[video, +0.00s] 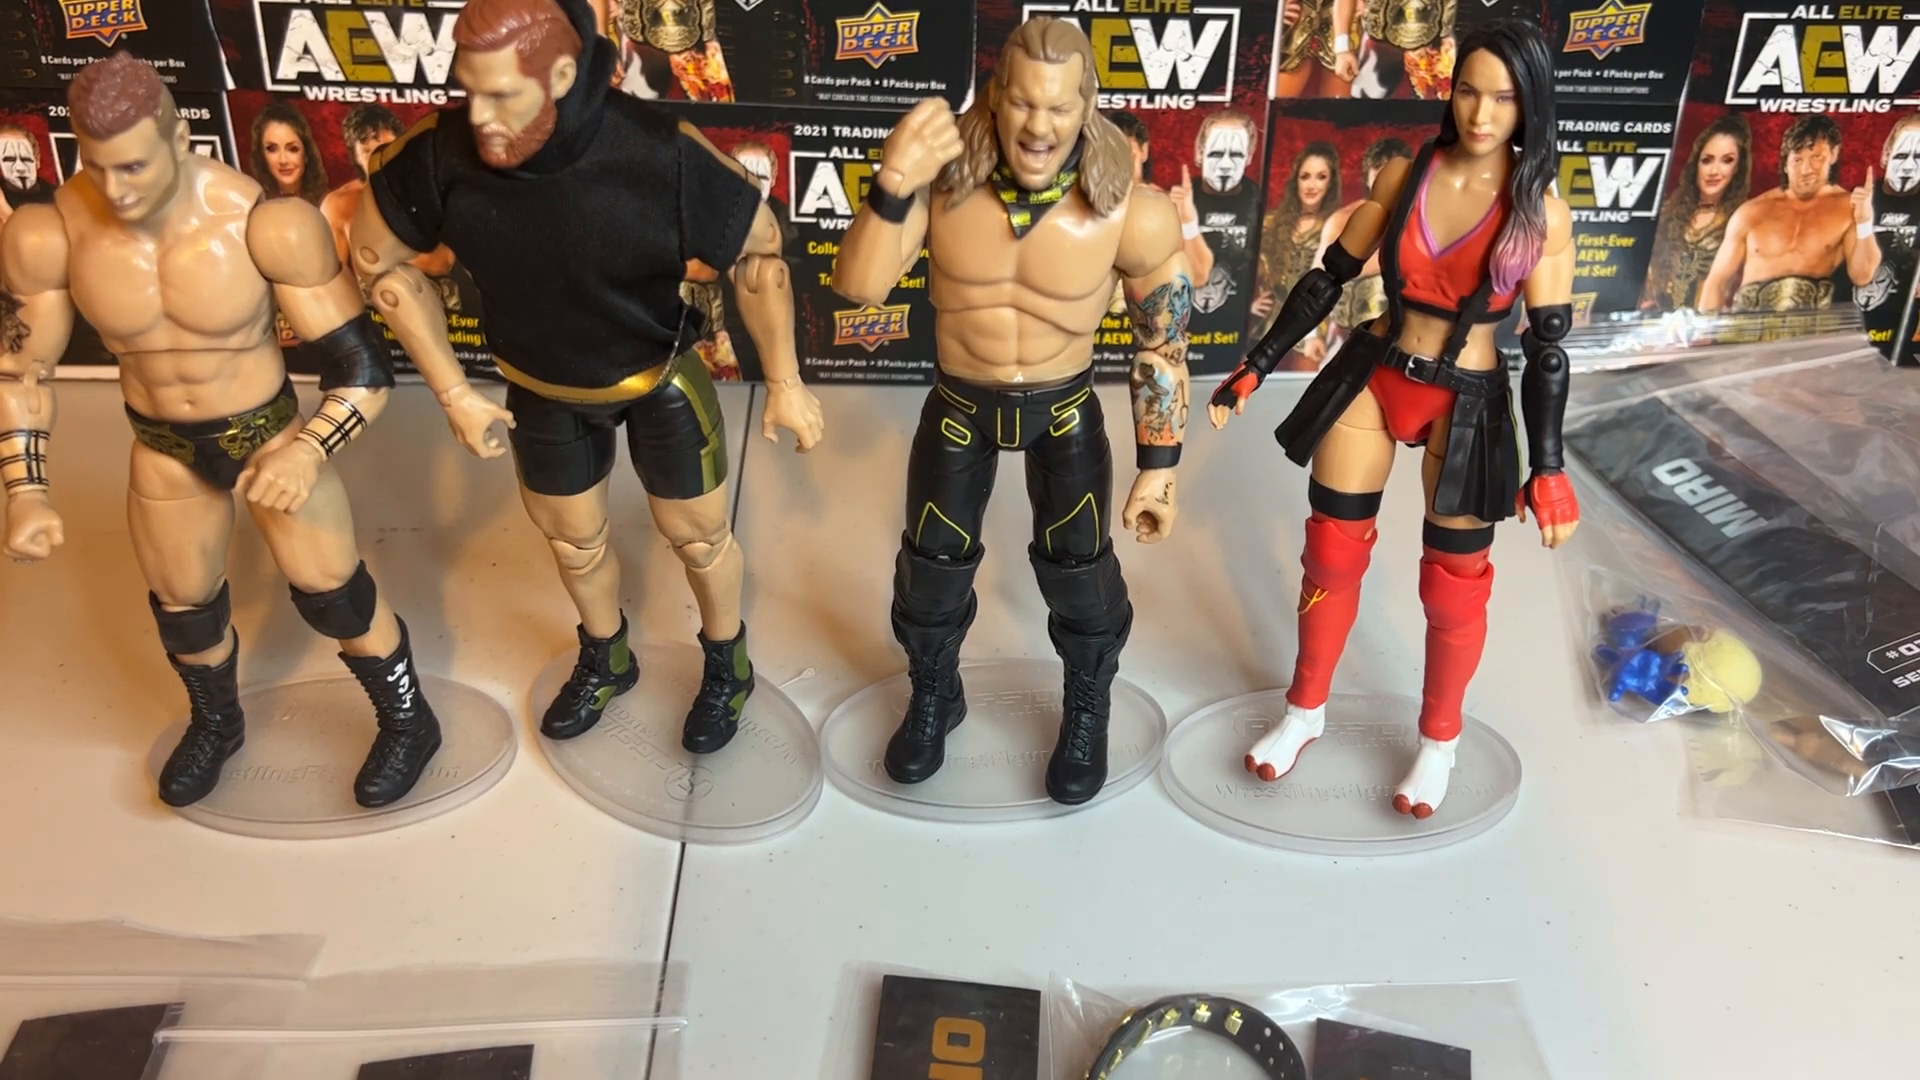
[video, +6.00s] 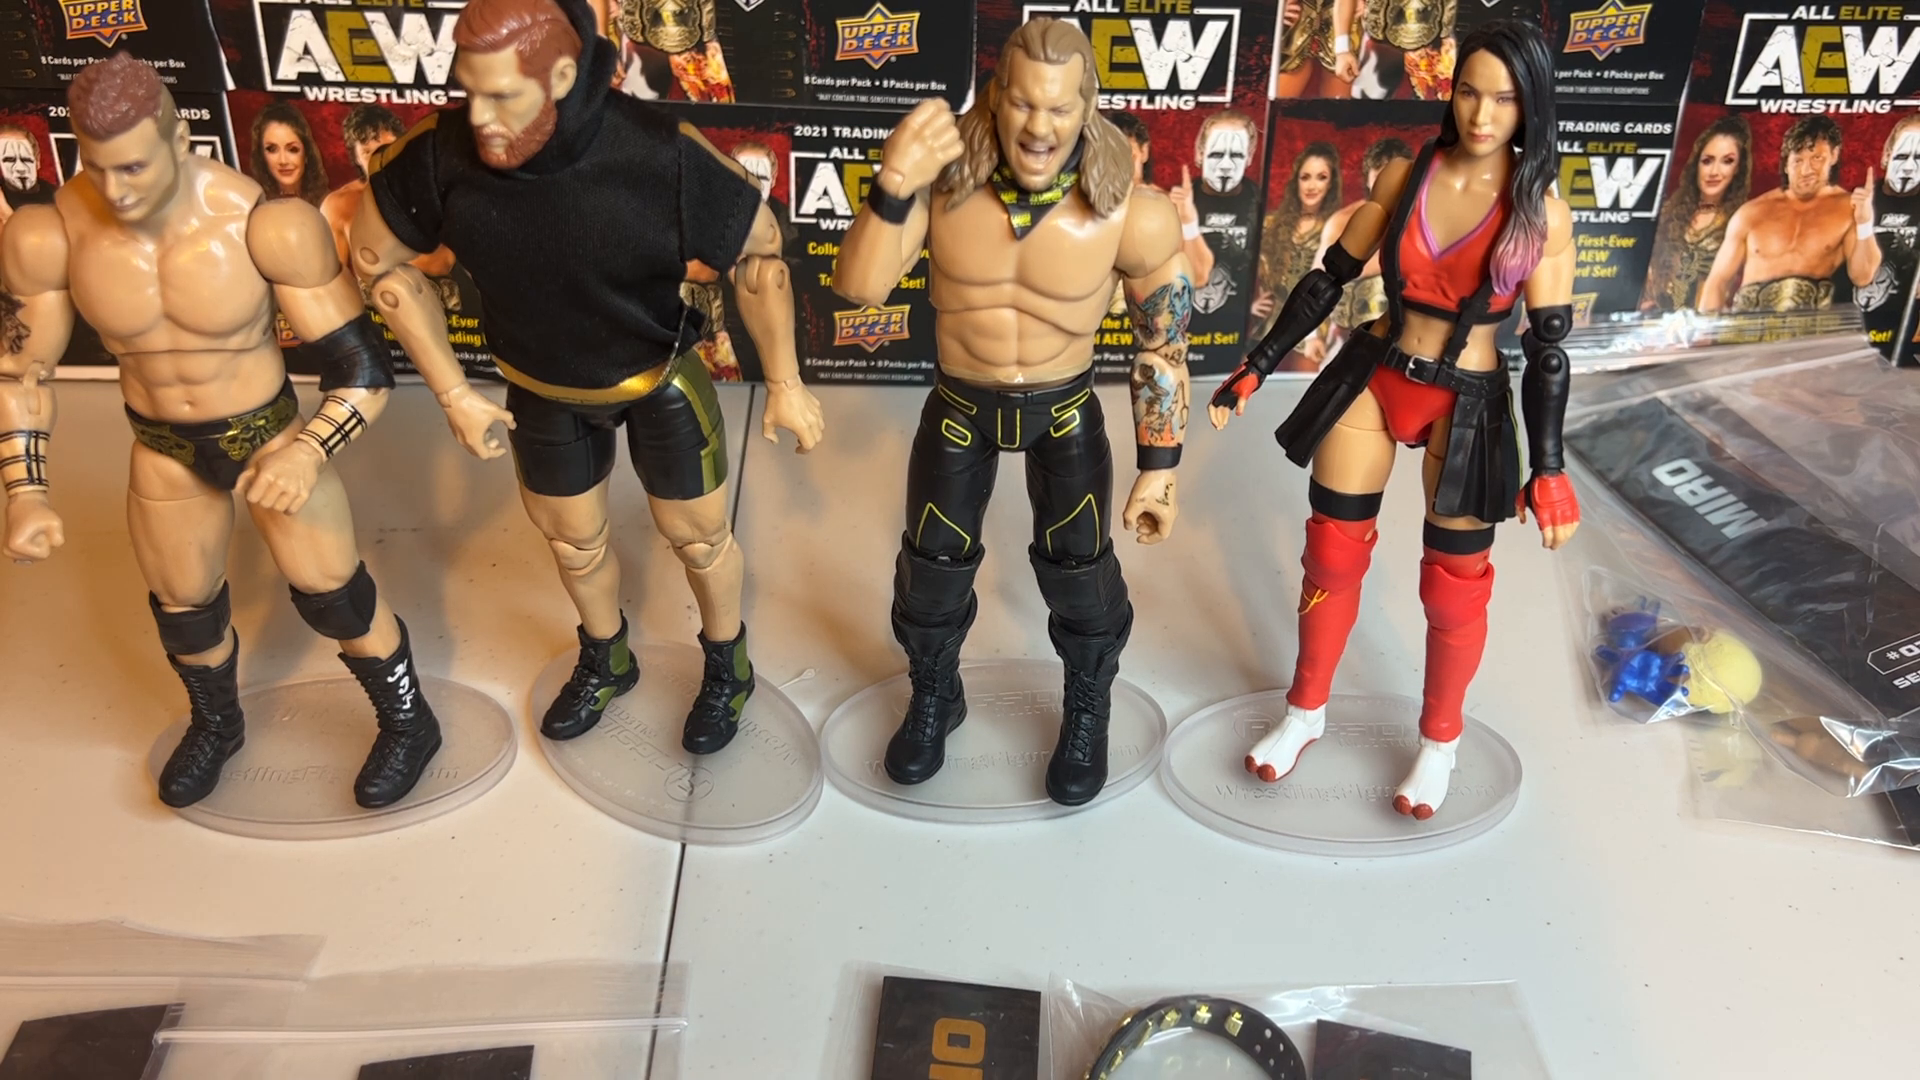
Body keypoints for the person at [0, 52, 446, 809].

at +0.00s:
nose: (118, 187)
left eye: (135, 166)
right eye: (101, 169)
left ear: (178, 138)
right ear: (81, 151)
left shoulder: (268, 225)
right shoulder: (55, 231)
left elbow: (363, 369)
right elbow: (23, 371)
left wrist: (311, 446)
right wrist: (21, 486)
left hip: (269, 441)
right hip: (161, 451)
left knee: (336, 599)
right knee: (186, 616)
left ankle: (408, 721)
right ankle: (216, 722)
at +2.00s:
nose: (118, 188)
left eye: (134, 167)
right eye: (100, 169)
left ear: (178, 138)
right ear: (80, 152)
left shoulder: (268, 225)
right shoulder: (52, 233)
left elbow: (363, 370)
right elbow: (23, 372)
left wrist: (311, 446)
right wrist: (21, 487)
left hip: (268, 441)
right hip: (161, 452)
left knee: (336, 599)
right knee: (186, 616)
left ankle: (409, 721)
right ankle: (217, 722)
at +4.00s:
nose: (117, 188)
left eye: (134, 167)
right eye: (100, 169)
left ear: (178, 138)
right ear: (81, 151)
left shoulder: (268, 225)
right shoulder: (54, 232)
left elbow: (362, 370)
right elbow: (23, 372)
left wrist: (312, 446)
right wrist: (22, 486)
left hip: (269, 440)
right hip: (161, 451)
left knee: (335, 598)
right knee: (186, 616)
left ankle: (408, 722)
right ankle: (216, 723)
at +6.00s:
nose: (118, 188)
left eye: (134, 167)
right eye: (100, 169)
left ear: (178, 138)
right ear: (80, 151)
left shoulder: (268, 225)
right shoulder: (53, 232)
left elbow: (362, 370)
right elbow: (23, 372)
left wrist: (312, 446)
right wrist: (22, 487)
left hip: (269, 440)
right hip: (161, 451)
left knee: (336, 599)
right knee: (186, 617)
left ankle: (408, 722)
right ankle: (216, 723)